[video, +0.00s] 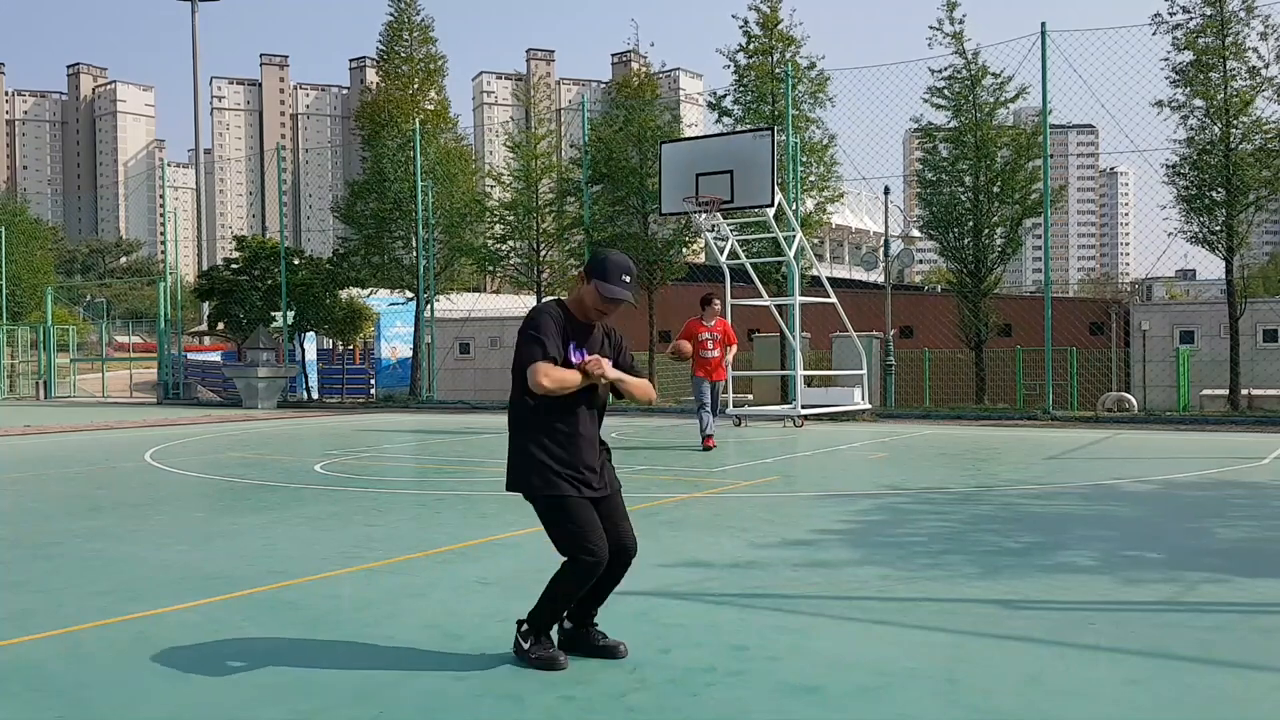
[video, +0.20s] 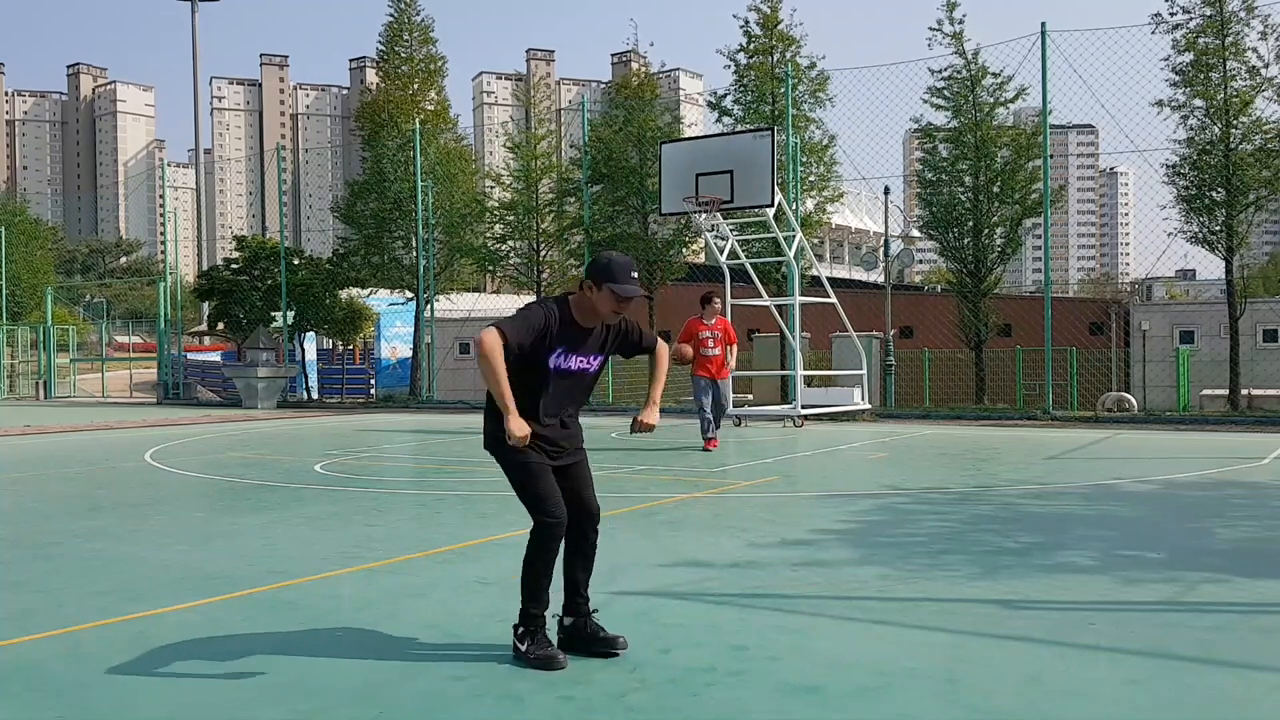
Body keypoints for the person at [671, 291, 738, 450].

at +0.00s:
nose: (719, 308)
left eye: (720, 305)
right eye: (716, 305)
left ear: (719, 307)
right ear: (706, 307)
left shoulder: (724, 324)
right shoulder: (692, 324)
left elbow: (733, 344)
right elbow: (679, 341)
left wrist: (730, 356)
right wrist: (672, 349)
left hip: (718, 369)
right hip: (700, 369)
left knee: (714, 405)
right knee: (704, 403)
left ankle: (709, 435)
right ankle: (707, 436)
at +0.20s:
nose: (719, 306)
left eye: (720, 303)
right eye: (716, 303)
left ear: (720, 306)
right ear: (706, 306)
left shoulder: (724, 323)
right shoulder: (693, 323)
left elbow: (733, 343)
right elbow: (680, 343)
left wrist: (733, 360)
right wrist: (677, 355)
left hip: (721, 369)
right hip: (701, 369)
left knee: (723, 404)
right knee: (704, 405)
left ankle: (713, 430)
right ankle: (709, 437)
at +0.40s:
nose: (721, 305)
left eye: (721, 302)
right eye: (717, 302)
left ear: (722, 304)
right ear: (707, 304)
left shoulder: (726, 321)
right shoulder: (694, 322)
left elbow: (734, 344)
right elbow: (681, 340)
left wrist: (738, 363)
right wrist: (675, 353)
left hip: (723, 367)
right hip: (702, 368)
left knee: (727, 398)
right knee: (704, 406)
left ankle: (723, 433)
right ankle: (708, 437)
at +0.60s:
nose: (723, 306)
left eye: (724, 303)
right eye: (719, 303)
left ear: (725, 305)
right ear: (710, 305)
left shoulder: (730, 323)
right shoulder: (698, 322)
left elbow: (737, 347)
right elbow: (682, 340)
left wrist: (743, 368)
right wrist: (678, 354)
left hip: (726, 372)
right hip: (705, 372)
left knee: (727, 405)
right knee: (706, 409)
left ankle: (729, 440)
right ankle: (708, 439)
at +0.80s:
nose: (726, 303)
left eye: (728, 300)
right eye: (723, 300)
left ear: (730, 302)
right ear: (715, 302)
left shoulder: (736, 321)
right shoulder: (702, 319)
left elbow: (742, 345)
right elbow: (687, 338)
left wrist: (746, 368)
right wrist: (680, 352)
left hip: (731, 371)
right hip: (709, 372)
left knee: (731, 407)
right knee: (709, 408)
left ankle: (729, 440)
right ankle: (709, 436)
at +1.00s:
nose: (725, 302)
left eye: (727, 299)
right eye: (722, 299)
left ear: (731, 301)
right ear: (716, 301)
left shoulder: (739, 320)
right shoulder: (704, 319)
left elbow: (745, 345)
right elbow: (689, 338)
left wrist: (750, 369)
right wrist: (681, 352)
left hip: (732, 371)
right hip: (710, 371)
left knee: (731, 408)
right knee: (709, 402)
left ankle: (729, 440)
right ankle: (710, 435)